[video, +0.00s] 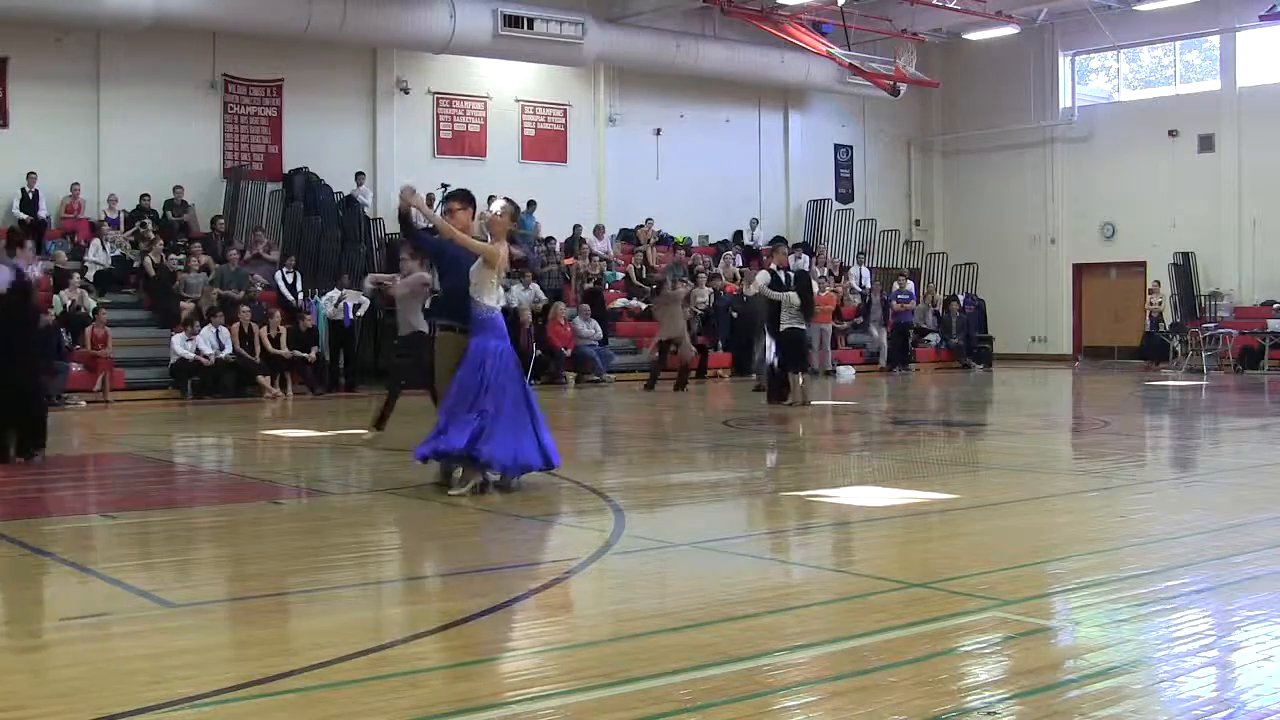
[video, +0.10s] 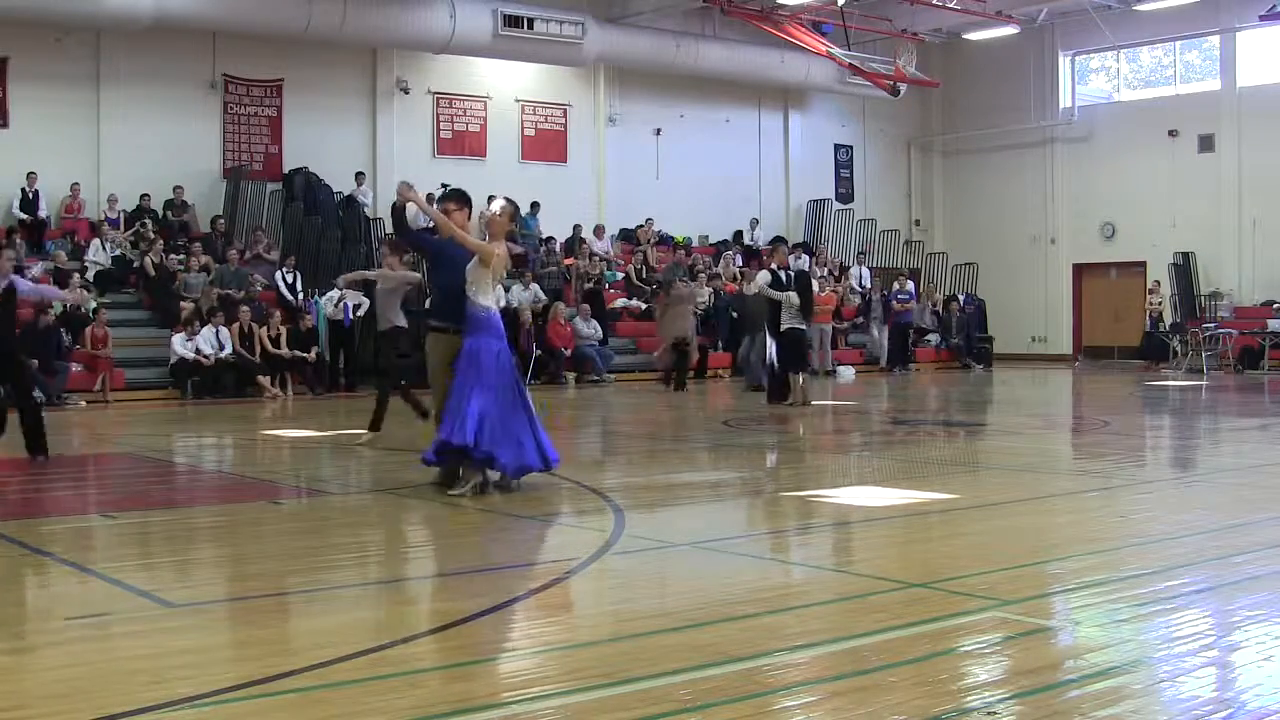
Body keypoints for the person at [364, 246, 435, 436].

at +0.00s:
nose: (401, 264)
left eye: (405, 260)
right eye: (401, 260)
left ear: (419, 261)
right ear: (400, 262)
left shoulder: (422, 278)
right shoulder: (401, 278)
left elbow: (395, 291)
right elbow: (371, 277)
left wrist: (386, 283)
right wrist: (370, 285)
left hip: (420, 336)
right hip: (403, 337)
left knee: (431, 383)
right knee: (395, 382)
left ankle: (448, 422)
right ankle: (377, 426)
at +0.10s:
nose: (383, 259)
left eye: (387, 255)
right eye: (382, 255)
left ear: (399, 256)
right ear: (383, 257)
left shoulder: (403, 276)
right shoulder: (381, 276)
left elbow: (417, 278)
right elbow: (361, 275)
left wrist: (388, 274)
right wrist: (344, 279)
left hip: (397, 331)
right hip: (383, 331)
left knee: (384, 380)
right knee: (394, 380)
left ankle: (374, 429)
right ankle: (426, 413)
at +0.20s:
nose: (362, 259)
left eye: (366, 255)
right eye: (362, 255)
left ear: (378, 257)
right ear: (363, 258)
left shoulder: (383, 277)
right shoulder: (364, 278)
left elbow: (400, 280)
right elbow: (351, 275)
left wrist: (377, 269)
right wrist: (331, 274)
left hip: (379, 328)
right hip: (364, 328)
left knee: (374, 376)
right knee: (361, 375)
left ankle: (374, 427)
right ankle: (381, 409)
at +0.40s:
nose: (322, 265)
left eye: (326, 261)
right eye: (321, 262)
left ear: (340, 264)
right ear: (325, 265)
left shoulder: (346, 281)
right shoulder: (325, 284)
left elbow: (363, 300)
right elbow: (305, 279)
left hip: (345, 334)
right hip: (327, 338)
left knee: (359, 377)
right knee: (311, 380)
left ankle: (372, 423)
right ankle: (289, 418)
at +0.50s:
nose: (298, 267)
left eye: (302, 262)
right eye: (297, 263)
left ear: (314, 264)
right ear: (299, 267)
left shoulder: (320, 282)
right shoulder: (305, 286)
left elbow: (330, 299)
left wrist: (318, 276)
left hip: (321, 339)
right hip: (304, 340)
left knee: (334, 381)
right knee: (290, 384)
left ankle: (361, 417)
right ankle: (271, 426)